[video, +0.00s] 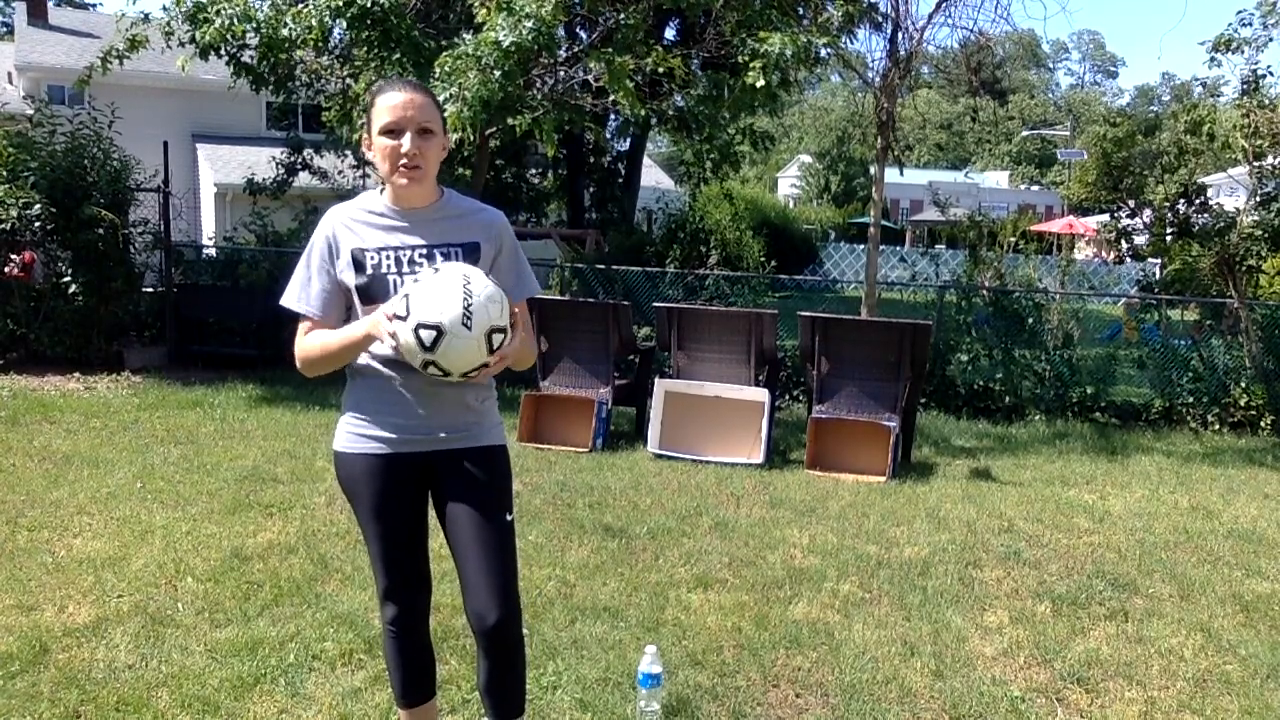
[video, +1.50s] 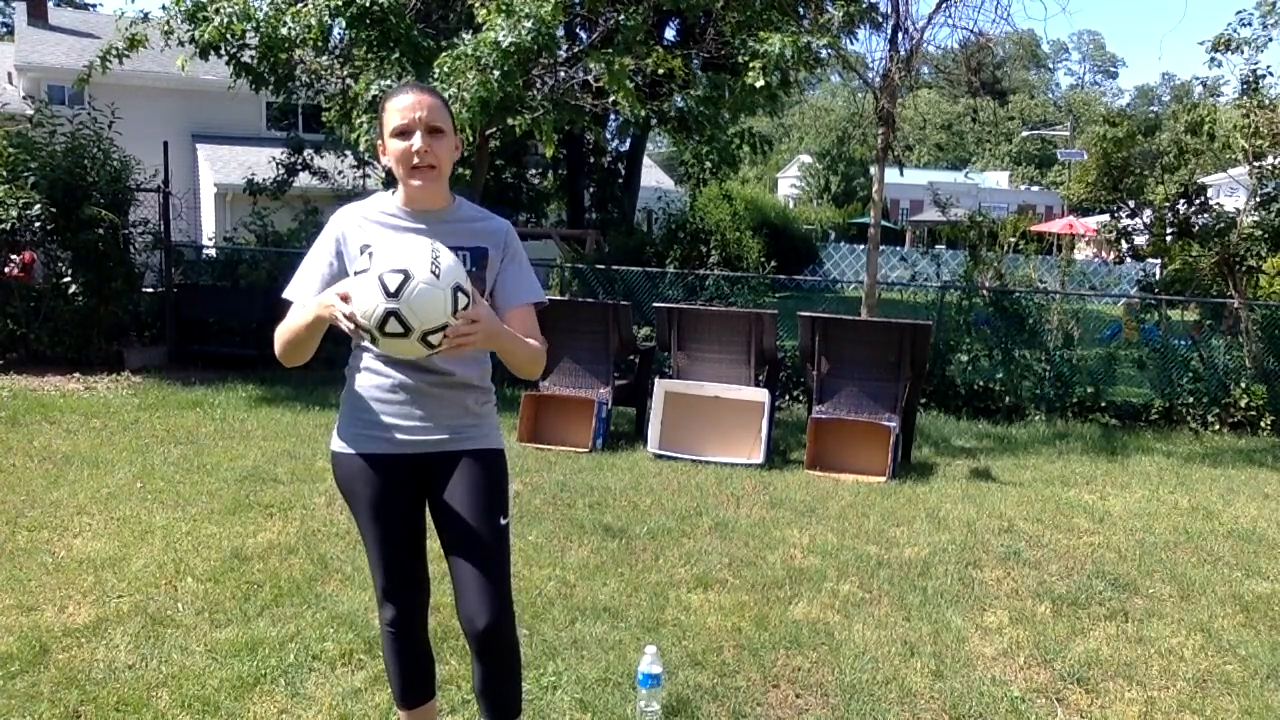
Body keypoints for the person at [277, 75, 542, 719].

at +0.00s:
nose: (409, 146)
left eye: (424, 132)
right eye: (392, 133)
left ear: (444, 143)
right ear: (369, 147)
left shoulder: (487, 226)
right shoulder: (341, 227)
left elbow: (526, 345)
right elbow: (308, 354)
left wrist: (511, 351)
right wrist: (363, 330)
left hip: (472, 439)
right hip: (377, 439)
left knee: (496, 618)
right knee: (402, 607)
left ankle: (506, 719)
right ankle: (419, 715)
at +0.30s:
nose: (416, 149)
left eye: (430, 135)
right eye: (399, 136)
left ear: (450, 146)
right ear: (376, 150)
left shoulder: (490, 229)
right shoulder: (344, 227)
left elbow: (532, 357)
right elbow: (301, 353)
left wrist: (516, 331)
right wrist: (353, 323)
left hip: (469, 438)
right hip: (375, 438)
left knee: (491, 619)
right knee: (401, 608)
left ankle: (504, 719)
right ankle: (420, 717)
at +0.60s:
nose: (418, 151)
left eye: (432, 138)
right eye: (402, 139)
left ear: (452, 147)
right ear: (378, 151)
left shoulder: (491, 231)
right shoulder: (347, 227)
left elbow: (540, 360)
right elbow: (295, 353)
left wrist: (518, 331)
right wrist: (341, 321)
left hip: (468, 437)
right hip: (375, 437)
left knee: (490, 619)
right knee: (400, 608)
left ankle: (503, 718)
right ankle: (420, 716)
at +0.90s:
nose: (418, 159)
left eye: (432, 144)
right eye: (402, 146)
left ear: (453, 149)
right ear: (379, 152)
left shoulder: (490, 232)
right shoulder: (348, 227)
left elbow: (540, 359)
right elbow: (290, 351)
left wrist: (519, 315)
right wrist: (327, 307)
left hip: (468, 438)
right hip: (374, 439)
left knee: (490, 618)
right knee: (400, 608)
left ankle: (502, 718)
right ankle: (419, 716)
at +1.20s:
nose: (419, 153)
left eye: (433, 139)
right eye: (403, 140)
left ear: (455, 148)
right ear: (381, 152)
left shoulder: (491, 233)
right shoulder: (349, 227)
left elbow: (539, 359)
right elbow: (290, 353)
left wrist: (509, 321)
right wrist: (323, 313)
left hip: (467, 439)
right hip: (374, 439)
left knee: (489, 620)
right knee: (400, 609)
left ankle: (502, 718)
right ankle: (419, 717)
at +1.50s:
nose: (420, 143)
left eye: (434, 130)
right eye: (403, 132)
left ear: (457, 145)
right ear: (382, 152)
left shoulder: (493, 233)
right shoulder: (350, 226)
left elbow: (534, 363)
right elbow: (288, 352)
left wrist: (497, 332)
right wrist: (320, 308)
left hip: (467, 440)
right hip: (374, 440)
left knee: (489, 621)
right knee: (399, 610)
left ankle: (502, 719)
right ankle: (418, 716)